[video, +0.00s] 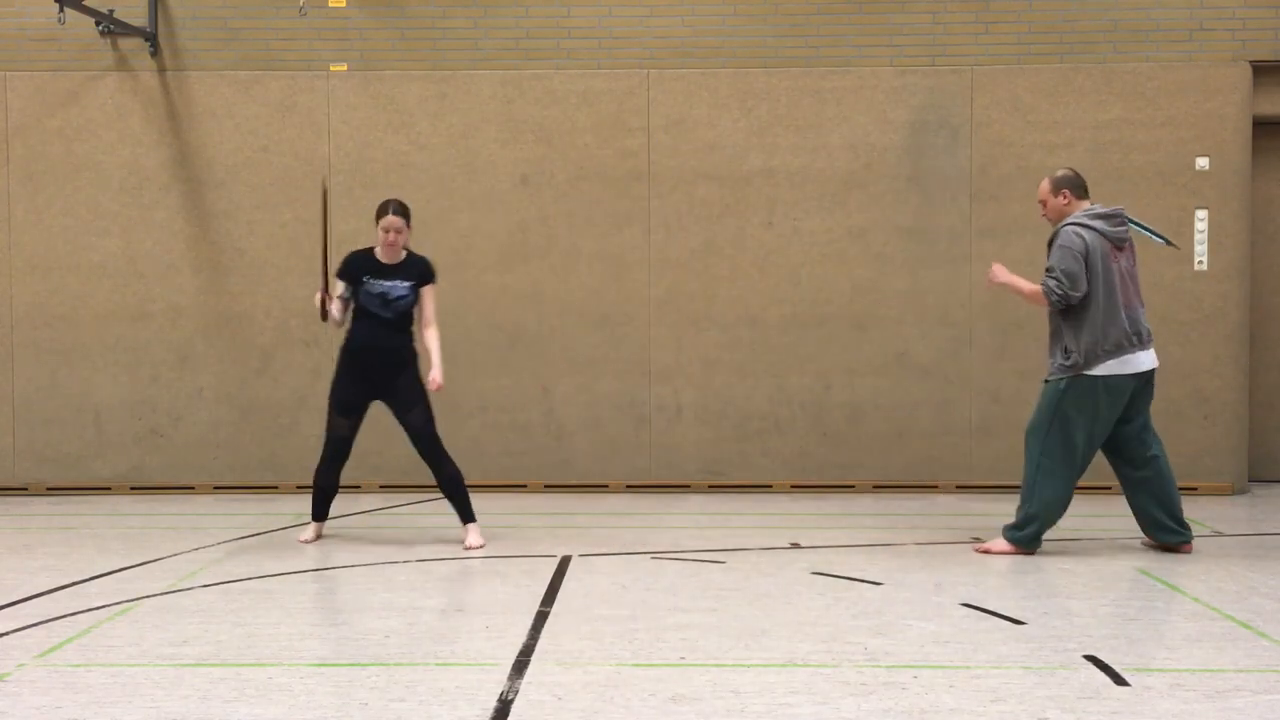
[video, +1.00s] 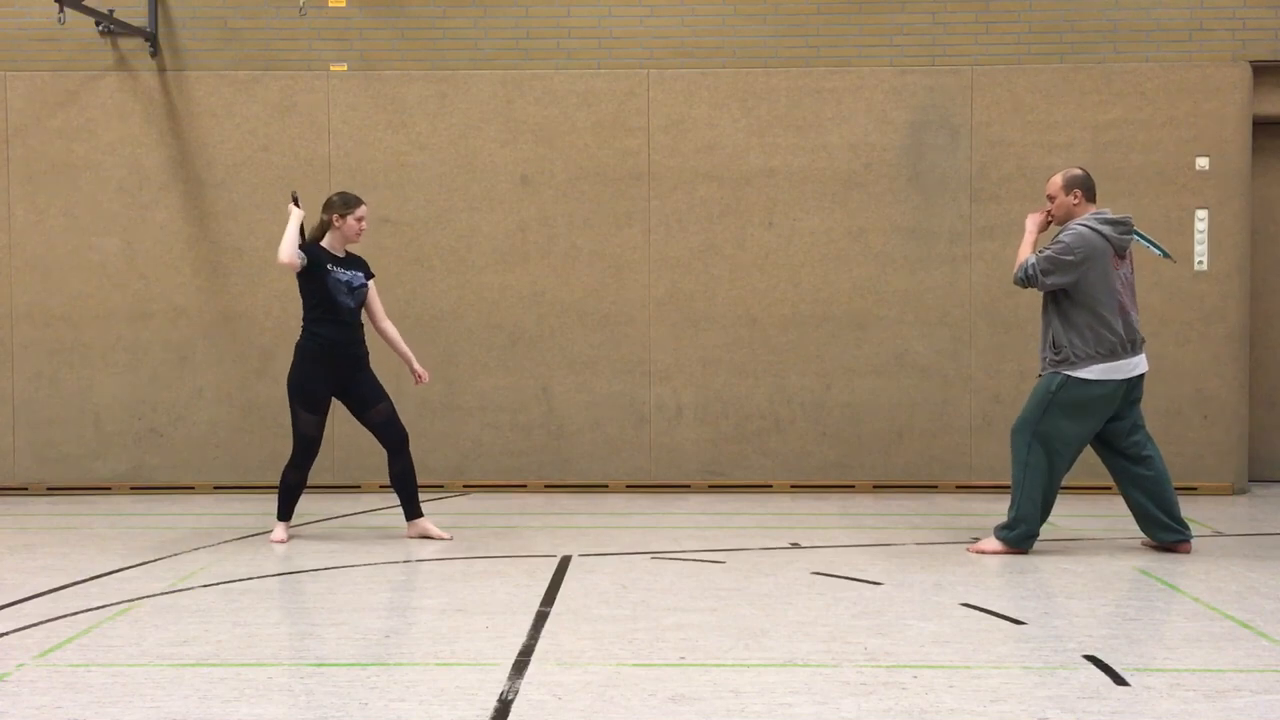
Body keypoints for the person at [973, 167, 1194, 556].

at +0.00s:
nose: (1042, 211)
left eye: (1044, 203)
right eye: (1040, 204)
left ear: (1065, 198)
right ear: (1073, 197)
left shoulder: (1071, 235)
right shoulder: (1115, 229)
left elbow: (1061, 294)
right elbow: (1118, 285)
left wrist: (1010, 280)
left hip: (1092, 369)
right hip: (1135, 363)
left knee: (1047, 442)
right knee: (1136, 446)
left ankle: (1022, 537)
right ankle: (1173, 534)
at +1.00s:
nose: (1048, 206)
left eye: (1052, 198)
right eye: (1048, 199)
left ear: (1077, 197)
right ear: (1083, 198)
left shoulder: (1078, 239)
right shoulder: (1114, 232)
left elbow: (1025, 274)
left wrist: (1031, 230)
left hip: (1085, 371)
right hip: (1125, 367)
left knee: (1030, 436)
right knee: (1131, 447)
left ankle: (1016, 536)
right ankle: (1173, 534)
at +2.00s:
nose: (882, 200)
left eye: (888, 193)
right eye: (881, 193)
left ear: (913, 194)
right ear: (902, 195)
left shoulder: (944, 236)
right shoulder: (871, 240)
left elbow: (932, 281)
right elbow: (819, 246)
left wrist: (893, 236)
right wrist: (761, 231)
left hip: (922, 368)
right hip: (870, 365)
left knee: (941, 450)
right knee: (837, 445)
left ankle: (985, 528)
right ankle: (831, 529)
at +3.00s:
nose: (946, 192)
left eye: (950, 183)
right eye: (946, 184)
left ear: (974, 183)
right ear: (973, 184)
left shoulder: (996, 228)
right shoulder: (976, 227)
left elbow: (950, 272)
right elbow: (931, 255)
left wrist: (929, 233)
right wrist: (884, 228)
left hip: (998, 359)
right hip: (968, 358)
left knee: (987, 448)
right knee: (941, 436)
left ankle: (1004, 538)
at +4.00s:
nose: (940, 199)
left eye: (945, 191)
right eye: (940, 191)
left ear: (969, 188)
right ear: (963, 189)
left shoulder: (1005, 220)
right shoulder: (952, 239)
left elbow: (980, 250)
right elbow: (906, 264)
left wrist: (945, 216)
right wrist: (843, 255)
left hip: (999, 360)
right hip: (963, 361)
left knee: (982, 447)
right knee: (949, 441)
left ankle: (1006, 539)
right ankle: (1020, 498)